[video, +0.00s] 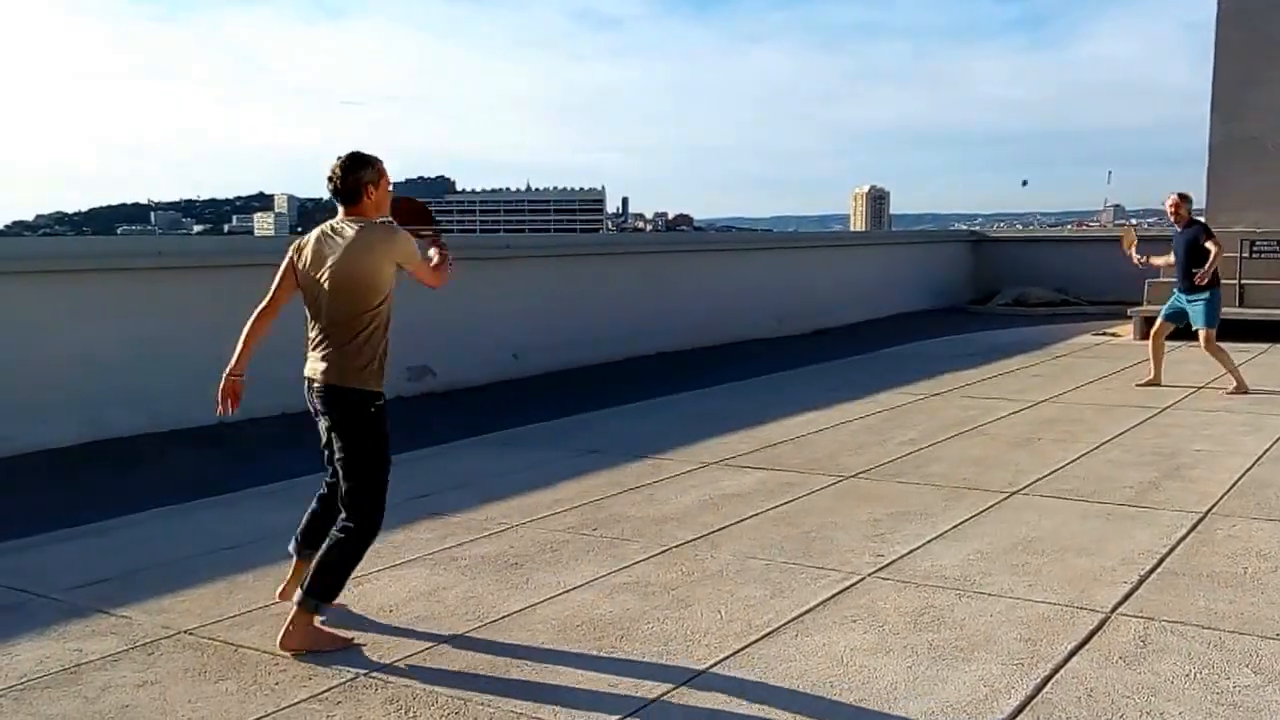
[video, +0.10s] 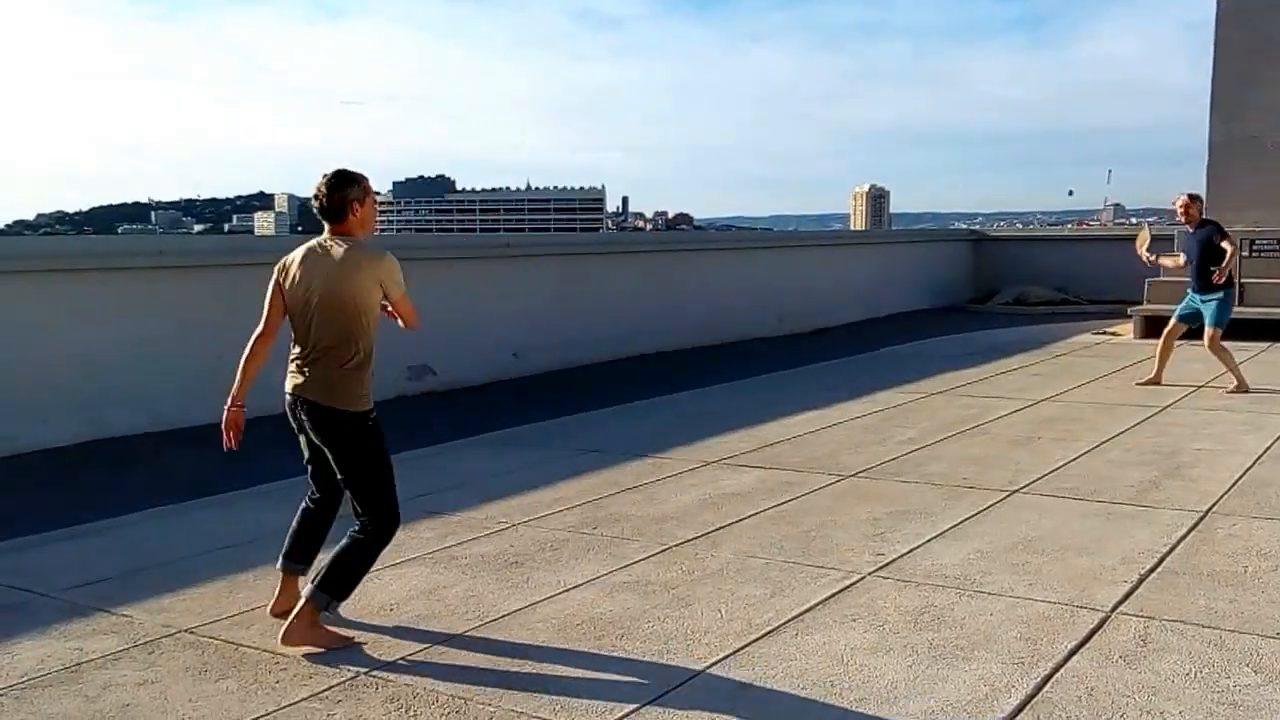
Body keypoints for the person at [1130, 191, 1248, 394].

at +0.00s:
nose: (1173, 212)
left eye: (1177, 208)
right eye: (1170, 208)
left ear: (1187, 208)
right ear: (1167, 211)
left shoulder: (1199, 228)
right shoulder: (1177, 234)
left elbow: (1216, 249)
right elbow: (1172, 260)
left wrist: (1207, 270)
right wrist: (1146, 260)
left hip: (1204, 295)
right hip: (1181, 294)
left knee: (1207, 343)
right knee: (1156, 334)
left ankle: (1240, 382)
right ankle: (1155, 377)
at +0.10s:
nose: (1182, 212)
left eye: (1186, 208)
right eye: (1179, 209)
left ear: (1197, 208)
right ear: (1177, 211)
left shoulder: (1211, 228)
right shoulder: (1189, 235)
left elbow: (1233, 249)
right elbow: (1181, 262)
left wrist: (1224, 269)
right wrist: (1154, 259)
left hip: (1218, 295)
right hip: (1195, 295)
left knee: (1211, 342)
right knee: (1168, 333)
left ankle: (1241, 382)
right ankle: (1156, 375)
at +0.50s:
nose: (1231, 176)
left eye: (1237, 173)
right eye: (1230, 172)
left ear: (1246, 179)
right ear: (1226, 176)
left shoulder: (1256, 201)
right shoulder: (1217, 203)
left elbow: (1277, 219)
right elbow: (1216, 237)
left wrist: (1276, 238)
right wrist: (1209, 228)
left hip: (1250, 268)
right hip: (1224, 266)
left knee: (1246, 319)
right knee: (1216, 317)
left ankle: (1256, 370)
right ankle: (1222, 359)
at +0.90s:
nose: (1238, 174)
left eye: (1243, 170)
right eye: (1235, 170)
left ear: (1251, 176)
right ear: (1230, 175)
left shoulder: (1263, 200)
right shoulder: (1222, 203)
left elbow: (1275, 234)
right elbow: (1209, 236)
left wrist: (1267, 261)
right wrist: (1216, 257)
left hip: (1252, 267)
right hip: (1226, 266)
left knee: (1249, 315)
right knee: (1213, 311)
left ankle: (1261, 367)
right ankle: (1214, 354)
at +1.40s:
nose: (1207, 162)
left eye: (1212, 158)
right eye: (1204, 158)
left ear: (1220, 162)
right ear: (1200, 162)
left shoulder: (1231, 184)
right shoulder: (1199, 189)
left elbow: (1253, 211)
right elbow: (1192, 220)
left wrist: (1247, 239)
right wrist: (1169, 241)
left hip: (1225, 250)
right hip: (1202, 252)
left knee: (1230, 296)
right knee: (1193, 297)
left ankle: (1248, 347)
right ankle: (1197, 342)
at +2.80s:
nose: (1206, 144)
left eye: (1211, 140)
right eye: (1204, 140)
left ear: (1219, 145)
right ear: (1198, 143)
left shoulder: (1228, 168)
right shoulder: (1190, 168)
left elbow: (1239, 199)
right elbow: (1176, 196)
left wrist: (1229, 224)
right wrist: (1179, 201)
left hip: (1219, 229)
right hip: (1194, 229)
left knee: (1220, 270)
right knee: (1179, 275)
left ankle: (1240, 313)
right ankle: (1189, 314)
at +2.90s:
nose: (1205, 140)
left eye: (1210, 137)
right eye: (1203, 137)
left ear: (1218, 142)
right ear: (1197, 140)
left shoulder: (1229, 165)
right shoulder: (1191, 166)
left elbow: (1238, 197)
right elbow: (1182, 193)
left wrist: (1228, 222)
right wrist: (1173, 207)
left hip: (1218, 229)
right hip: (1193, 228)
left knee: (1223, 272)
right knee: (1179, 273)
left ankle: (1242, 316)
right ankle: (1188, 312)